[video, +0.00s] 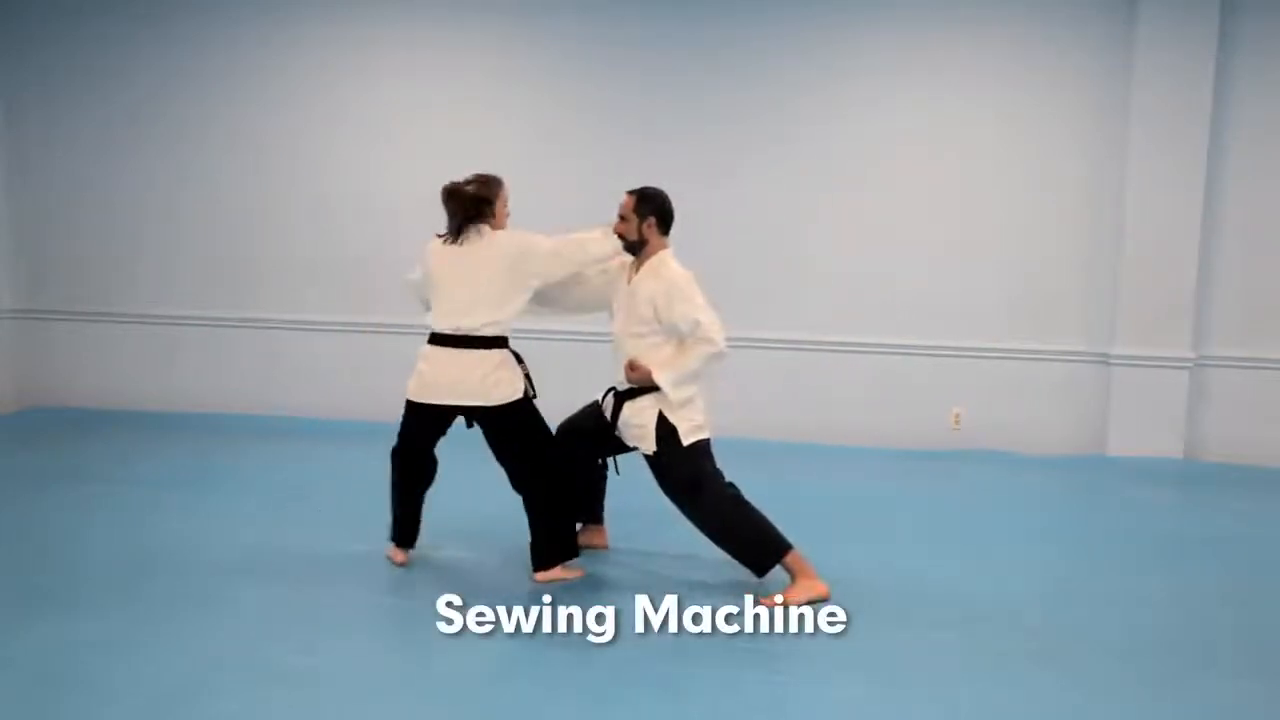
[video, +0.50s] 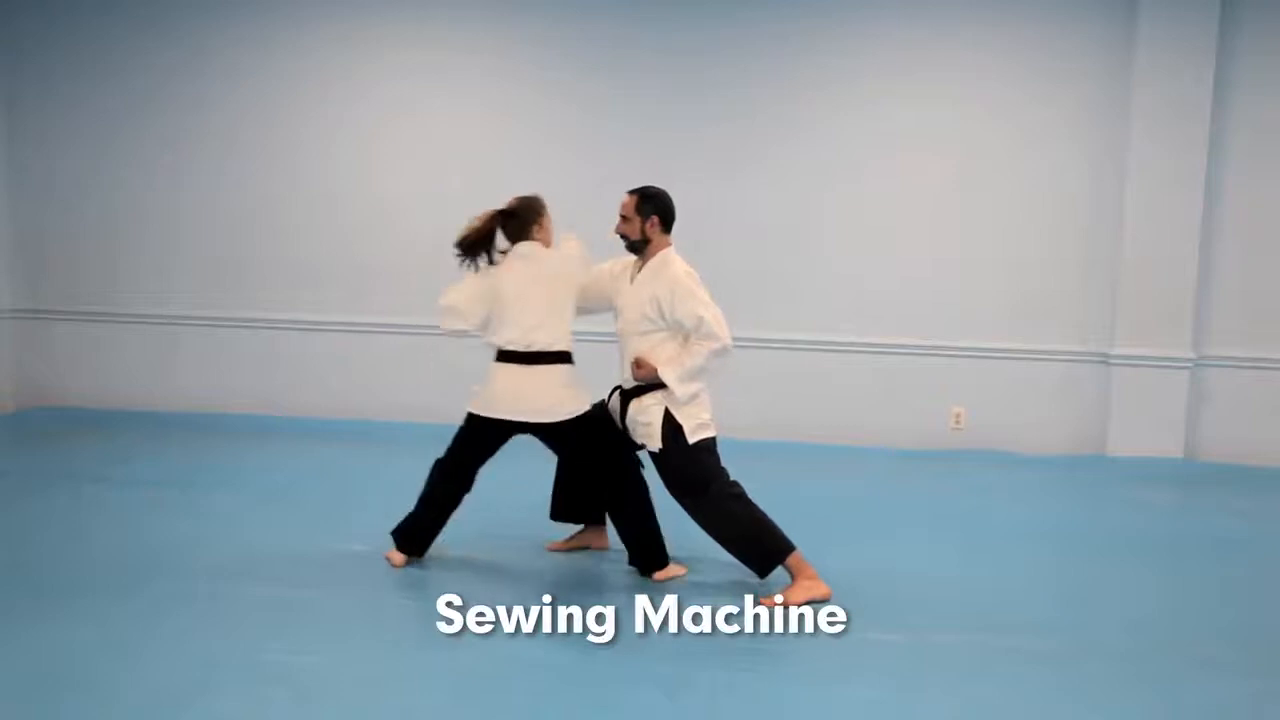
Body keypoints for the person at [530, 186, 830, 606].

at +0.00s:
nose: (615, 225)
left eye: (623, 218)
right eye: (617, 217)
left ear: (649, 225)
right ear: (647, 224)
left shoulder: (670, 277)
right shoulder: (623, 271)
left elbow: (710, 341)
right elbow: (567, 290)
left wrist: (658, 373)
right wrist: (512, 279)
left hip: (669, 409)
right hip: (632, 402)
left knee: (708, 498)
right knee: (573, 438)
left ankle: (806, 577)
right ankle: (590, 528)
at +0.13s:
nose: (617, 225)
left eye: (624, 219)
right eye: (618, 218)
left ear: (650, 224)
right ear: (647, 224)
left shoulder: (671, 277)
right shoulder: (624, 272)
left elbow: (711, 341)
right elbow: (565, 289)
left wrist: (659, 374)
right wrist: (507, 276)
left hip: (669, 411)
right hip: (632, 404)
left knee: (709, 498)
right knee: (575, 440)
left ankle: (805, 578)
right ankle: (591, 530)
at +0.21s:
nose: (618, 227)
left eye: (626, 220)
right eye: (620, 219)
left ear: (653, 226)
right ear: (649, 226)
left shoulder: (673, 278)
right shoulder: (625, 274)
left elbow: (712, 341)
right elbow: (564, 287)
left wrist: (661, 373)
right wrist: (501, 284)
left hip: (673, 413)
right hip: (634, 406)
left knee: (710, 499)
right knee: (579, 439)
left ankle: (805, 578)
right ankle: (592, 535)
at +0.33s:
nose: (619, 227)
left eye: (626, 221)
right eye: (620, 219)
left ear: (653, 226)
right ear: (649, 226)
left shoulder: (674, 278)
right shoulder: (627, 273)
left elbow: (713, 340)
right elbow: (567, 286)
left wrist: (663, 373)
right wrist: (507, 285)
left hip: (673, 411)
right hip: (636, 404)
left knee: (711, 498)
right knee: (583, 439)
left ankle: (806, 578)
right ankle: (599, 531)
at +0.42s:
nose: (618, 226)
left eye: (626, 219)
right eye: (619, 217)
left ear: (653, 225)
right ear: (651, 224)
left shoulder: (674, 276)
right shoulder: (624, 273)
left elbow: (714, 338)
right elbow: (566, 289)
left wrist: (663, 371)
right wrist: (513, 287)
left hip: (674, 408)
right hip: (635, 401)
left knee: (712, 495)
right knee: (584, 436)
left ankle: (806, 578)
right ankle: (593, 530)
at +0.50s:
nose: (617, 225)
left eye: (625, 218)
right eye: (618, 217)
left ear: (652, 224)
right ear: (647, 224)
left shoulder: (675, 275)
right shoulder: (622, 271)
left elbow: (715, 337)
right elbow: (571, 293)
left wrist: (664, 370)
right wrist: (522, 275)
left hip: (674, 407)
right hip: (634, 400)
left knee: (714, 494)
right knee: (587, 437)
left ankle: (807, 578)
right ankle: (593, 529)